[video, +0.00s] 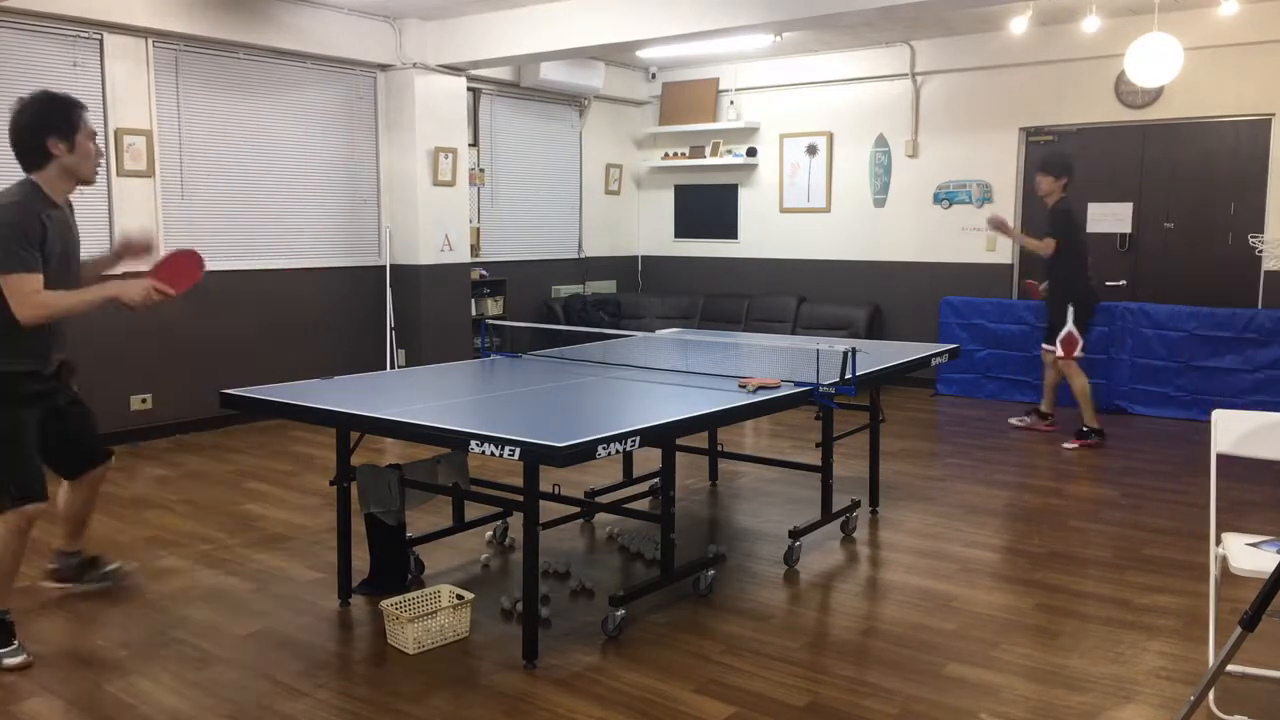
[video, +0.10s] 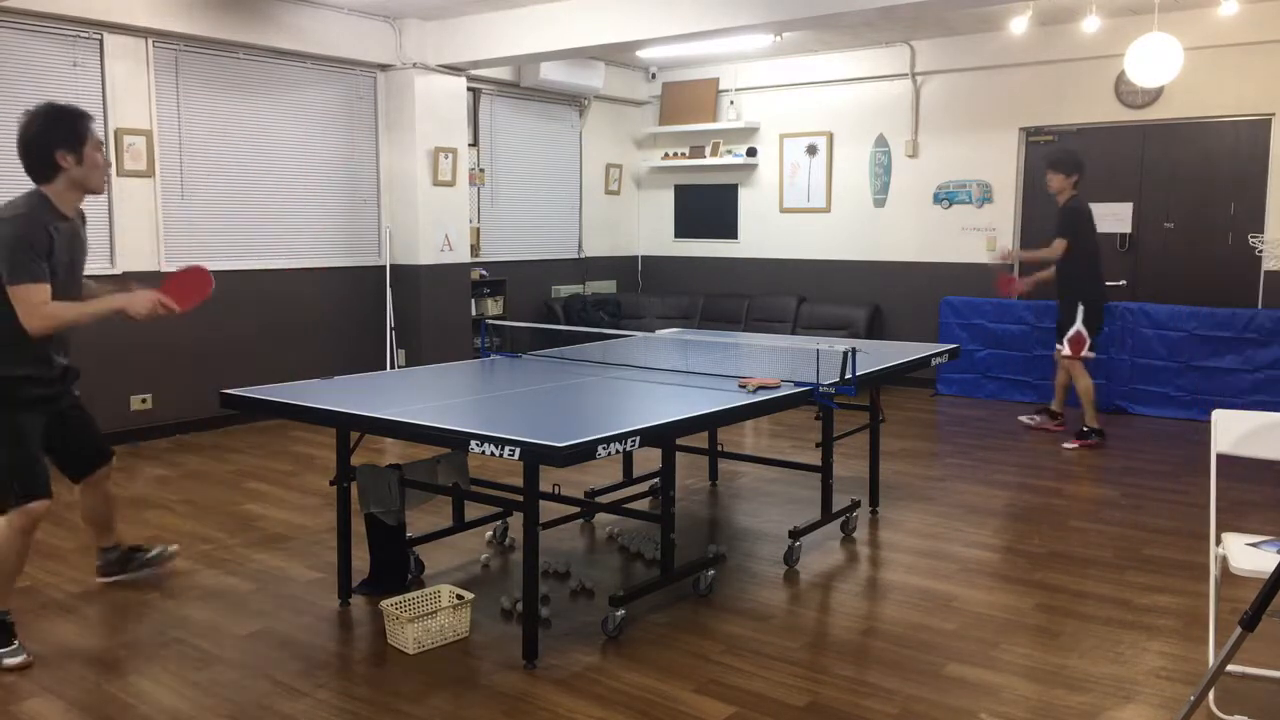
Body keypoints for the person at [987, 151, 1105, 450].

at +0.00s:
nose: (1037, 183)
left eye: (1043, 178)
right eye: (1037, 177)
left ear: (1061, 181)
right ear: (1052, 182)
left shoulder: (1062, 211)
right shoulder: (1059, 211)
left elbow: (1047, 248)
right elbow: (1071, 260)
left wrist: (1010, 232)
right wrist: (1049, 285)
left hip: (1074, 295)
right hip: (1062, 294)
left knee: (1066, 360)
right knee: (1050, 354)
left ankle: (1092, 428)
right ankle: (1045, 413)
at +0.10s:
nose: (1048, 180)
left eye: (1054, 175)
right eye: (1047, 175)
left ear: (1073, 178)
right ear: (1058, 179)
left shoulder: (1073, 209)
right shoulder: (1072, 210)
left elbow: (1056, 252)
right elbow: (1066, 264)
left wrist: (1017, 255)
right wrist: (1033, 279)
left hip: (1083, 296)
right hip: (1072, 294)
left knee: (1073, 360)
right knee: (1063, 355)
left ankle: (1092, 428)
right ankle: (1055, 412)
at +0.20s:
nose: (1058, 177)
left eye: (1065, 171)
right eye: (1058, 171)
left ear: (1083, 176)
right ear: (1064, 176)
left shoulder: (1083, 208)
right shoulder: (1070, 210)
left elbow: (1071, 251)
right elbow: (1054, 254)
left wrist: (1034, 274)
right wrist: (1015, 257)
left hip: (1092, 294)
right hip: (1078, 293)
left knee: (1082, 361)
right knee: (1073, 356)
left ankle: (1094, 429)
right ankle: (1077, 415)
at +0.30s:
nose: (1068, 175)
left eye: (1075, 170)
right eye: (1067, 169)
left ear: (1092, 175)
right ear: (1066, 174)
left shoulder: (1095, 208)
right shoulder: (1071, 214)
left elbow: (1092, 250)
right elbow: (1046, 247)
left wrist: (1053, 279)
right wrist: (1023, 232)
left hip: (1098, 292)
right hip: (1081, 292)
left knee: (1086, 358)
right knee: (1077, 355)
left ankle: (1095, 428)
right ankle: (1096, 417)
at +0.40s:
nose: (1075, 176)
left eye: (1083, 170)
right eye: (1074, 170)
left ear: (1100, 176)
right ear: (1074, 175)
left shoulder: (1107, 208)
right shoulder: (1073, 214)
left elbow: (1116, 249)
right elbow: (1049, 245)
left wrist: (1079, 277)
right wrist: (1036, 227)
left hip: (1105, 291)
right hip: (1084, 291)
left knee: (1088, 357)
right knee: (1081, 355)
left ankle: (1095, 429)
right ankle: (1107, 410)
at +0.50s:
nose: (1083, 180)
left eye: (1091, 175)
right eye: (1081, 174)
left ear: (1106, 181)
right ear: (1077, 178)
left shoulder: (1117, 211)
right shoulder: (1075, 218)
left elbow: (1138, 247)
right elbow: (1059, 254)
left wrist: (1111, 270)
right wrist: (1052, 238)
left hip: (1111, 296)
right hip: (1086, 296)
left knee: (1093, 360)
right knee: (1087, 359)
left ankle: (1095, 428)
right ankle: (1104, 415)